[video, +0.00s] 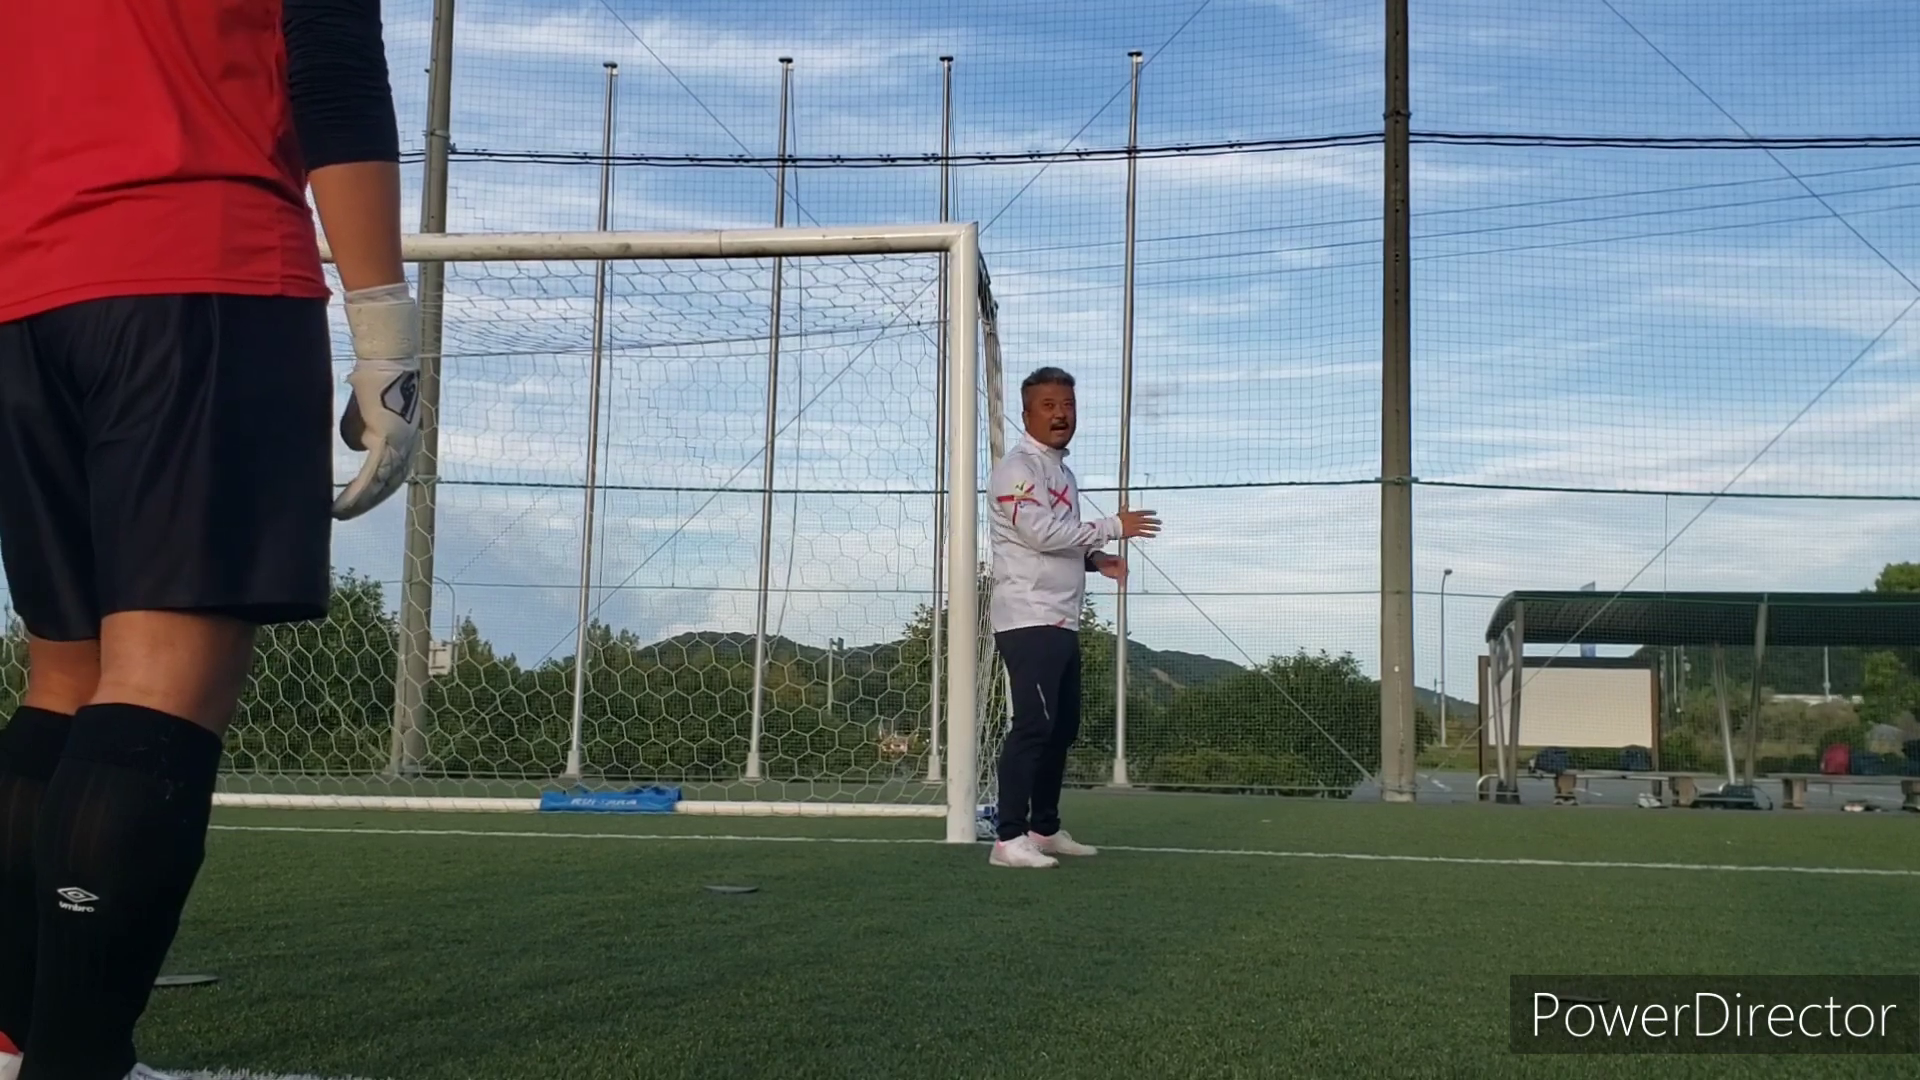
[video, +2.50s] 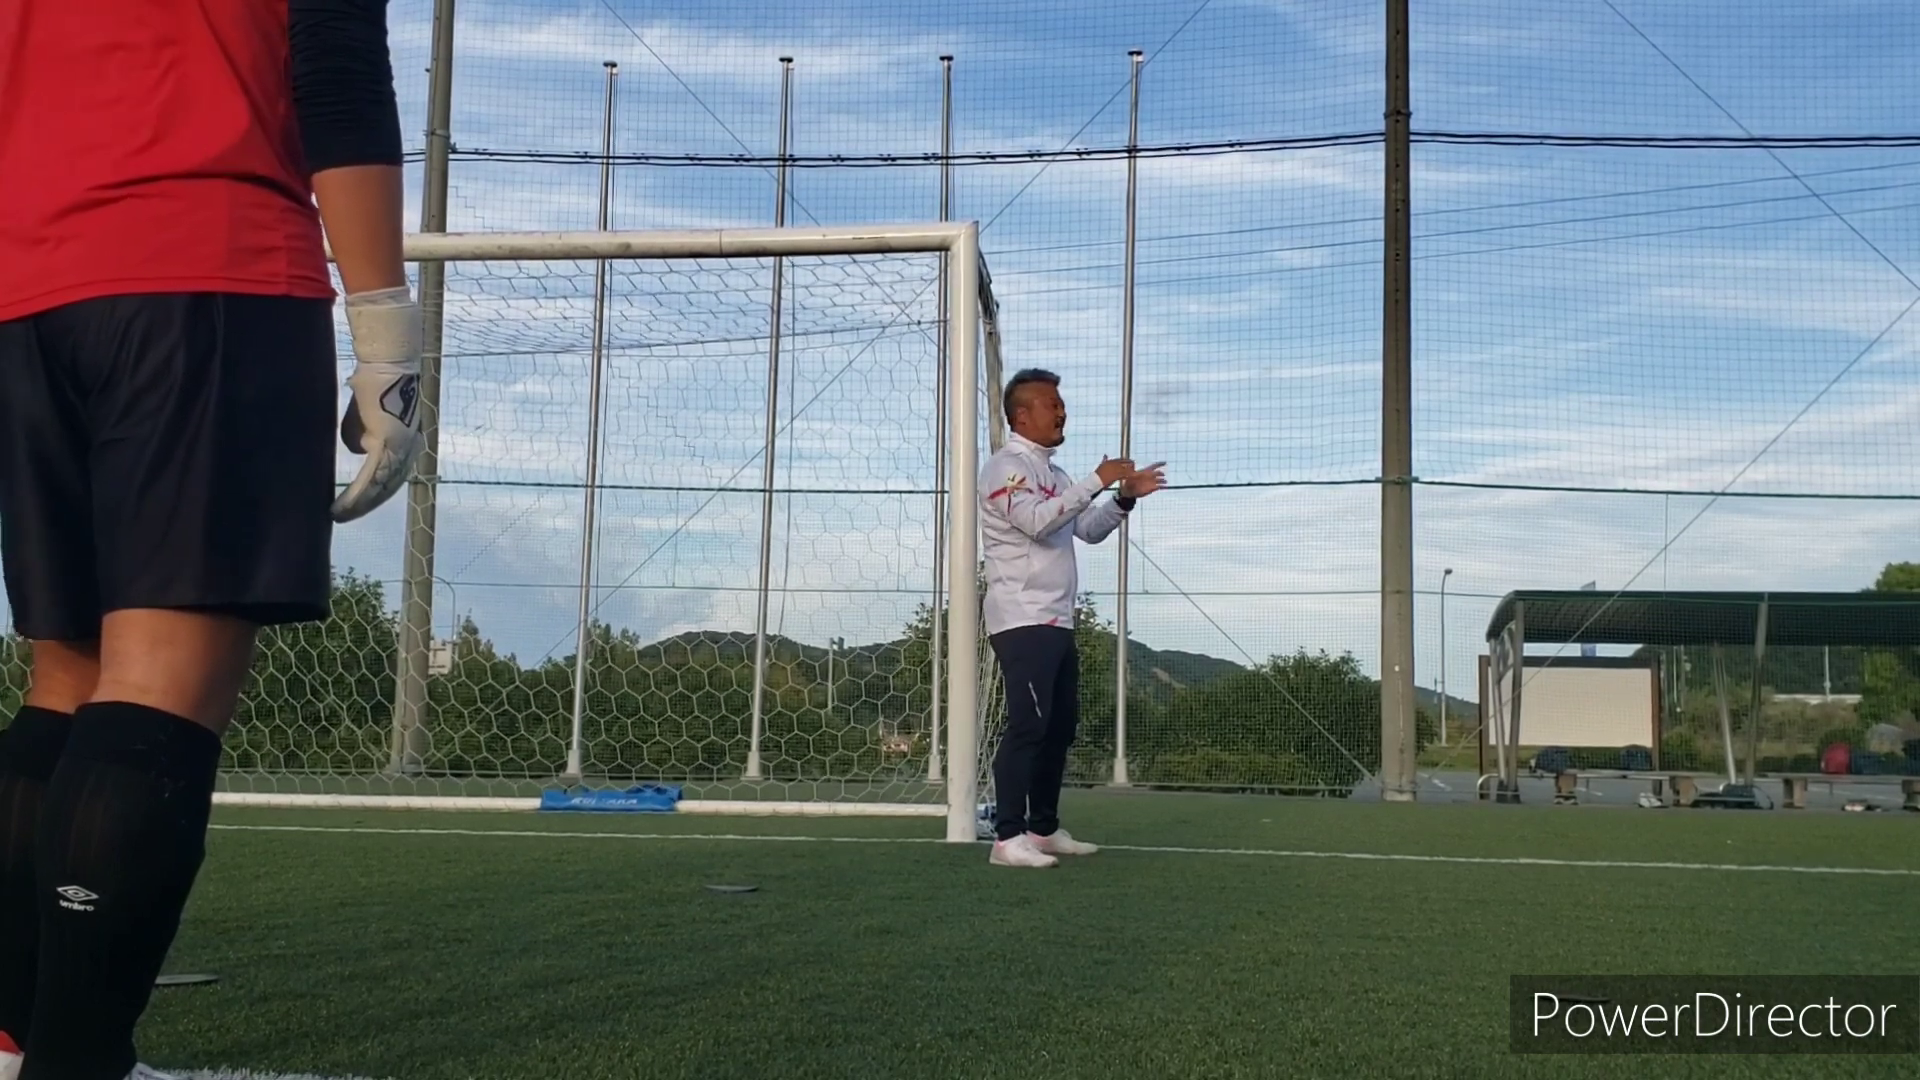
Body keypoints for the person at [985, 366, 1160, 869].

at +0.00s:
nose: (1061, 413)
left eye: (1068, 405)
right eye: (1048, 405)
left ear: (1076, 413)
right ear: (1026, 414)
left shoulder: (1063, 475)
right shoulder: (1014, 469)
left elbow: (1060, 537)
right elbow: (1040, 531)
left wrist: (1094, 560)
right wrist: (1111, 527)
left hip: (1061, 620)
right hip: (1027, 618)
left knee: (1061, 726)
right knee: (1032, 725)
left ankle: (1043, 830)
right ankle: (1009, 839)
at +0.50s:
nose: (1054, 413)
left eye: (1056, 405)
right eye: (1042, 406)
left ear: (1059, 412)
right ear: (1013, 416)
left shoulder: (1062, 476)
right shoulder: (1001, 467)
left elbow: (1092, 526)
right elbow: (1029, 518)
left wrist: (1131, 496)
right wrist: (1095, 486)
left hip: (1061, 619)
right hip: (1023, 618)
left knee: (1059, 727)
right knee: (1028, 724)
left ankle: (1043, 830)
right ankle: (1008, 839)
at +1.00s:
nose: (1054, 413)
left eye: (1056, 404)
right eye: (1041, 406)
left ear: (1060, 412)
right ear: (1014, 415)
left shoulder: (1060, 474)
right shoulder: (1002, 467)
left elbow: (1093, 529)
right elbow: (1029, 521)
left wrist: (1123, 494)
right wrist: (1086, 481)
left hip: (1061, 619)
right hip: (1023, 618)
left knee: (1060, 724)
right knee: (1028, 723)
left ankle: (1042, 830)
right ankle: (1008, 839)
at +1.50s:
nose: (1051, 415)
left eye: (1055, 406)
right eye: (1040, 407)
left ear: (1061, 413)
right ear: (1013, 415)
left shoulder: (1056, 473)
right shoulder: (1001, 468)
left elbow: (1092, 528)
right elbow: (1029, 522)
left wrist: (1112, 489)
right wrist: (1078, 474)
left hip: (1060, 617)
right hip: (1022, 616)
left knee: (1061, 724)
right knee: (1029, 722)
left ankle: (1042, 829)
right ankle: (1009, 838)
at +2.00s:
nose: (1056, 417)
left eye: (1059, 408)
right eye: (1044, 408)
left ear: (1062, 415)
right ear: (1015, 415)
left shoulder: (1056, 473)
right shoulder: (1004, 466)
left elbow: (1089, 532)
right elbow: (1028, 521)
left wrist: (1111, 493)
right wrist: (1080, 474)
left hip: (1057, 618)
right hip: (1019, 616)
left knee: (1061, 721)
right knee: (1027, 721)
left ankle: (1042, 829)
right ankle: (1009, 838)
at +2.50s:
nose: (1063, 413)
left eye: (1062, 404)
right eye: (1053, 404)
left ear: (1038, 414)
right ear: (1022, 413)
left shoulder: (1057, 475)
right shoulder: (1005, 465)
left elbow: (1089, 529)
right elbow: (1036, 520)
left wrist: (1125, 498)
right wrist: (1097, 481)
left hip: (1057, 619)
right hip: (1021, 617)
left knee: (1059, 727)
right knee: (1027, 725)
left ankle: (1042, 830)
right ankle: (1008, 838)